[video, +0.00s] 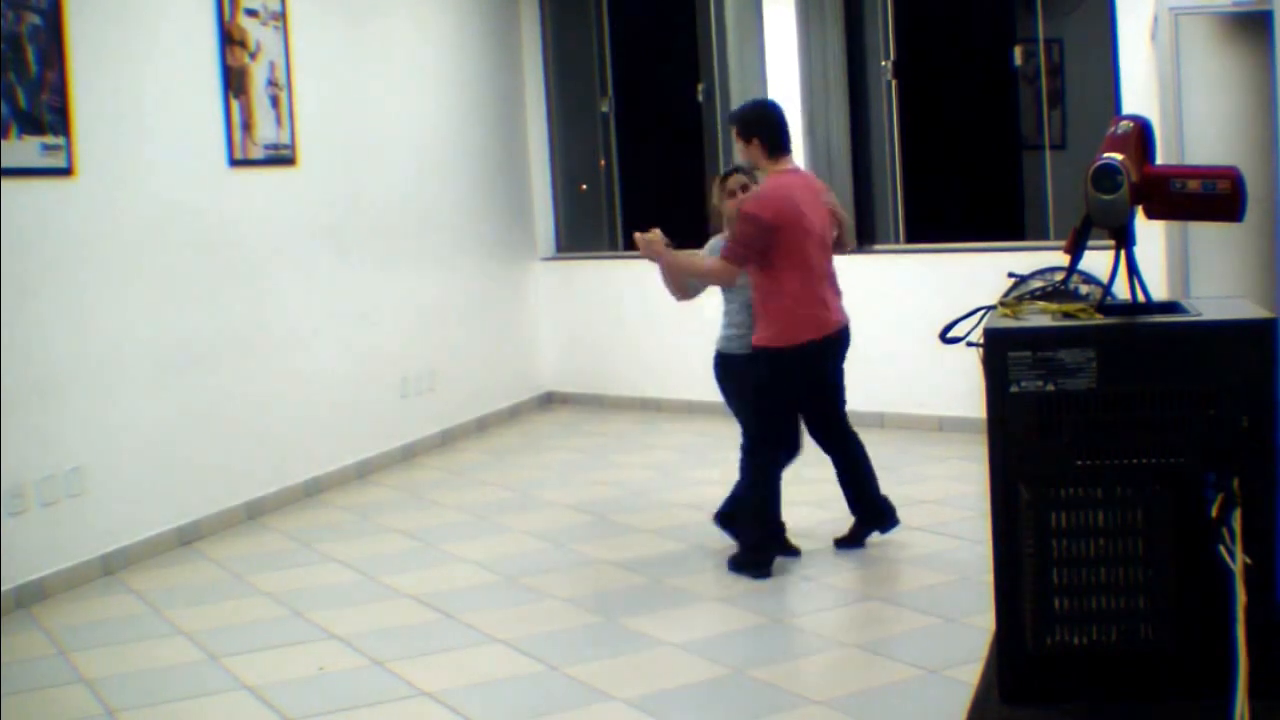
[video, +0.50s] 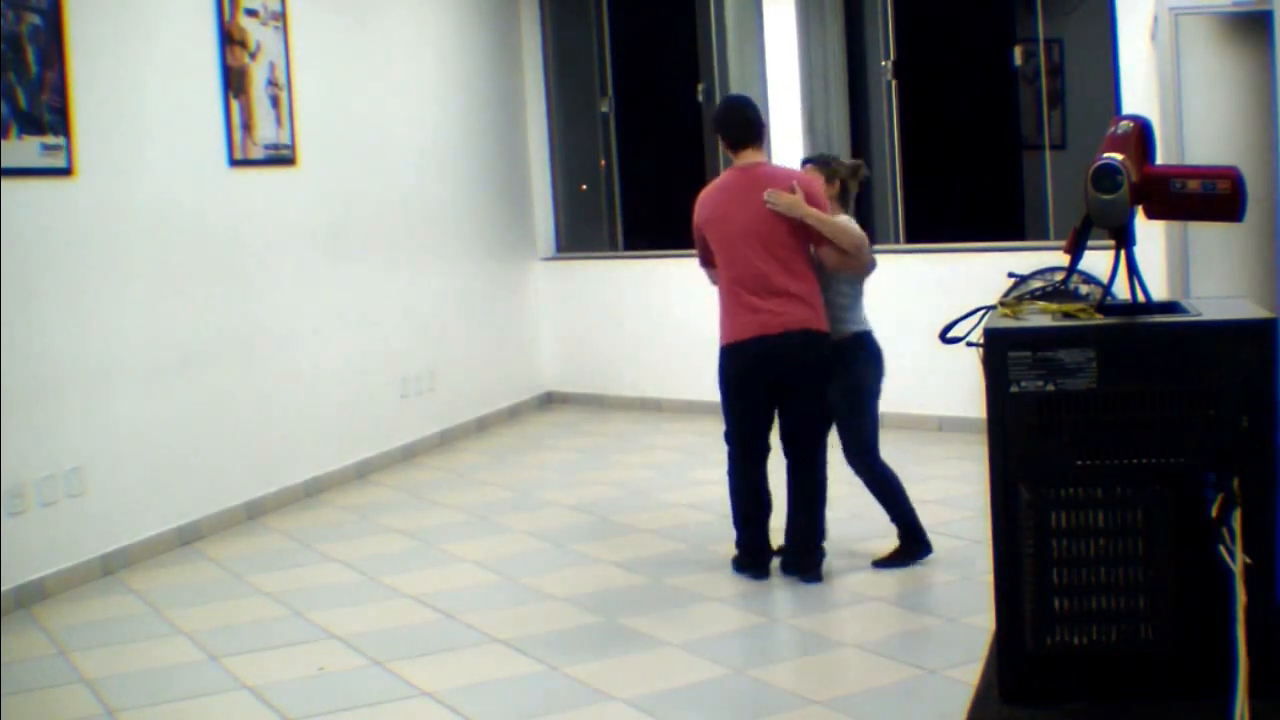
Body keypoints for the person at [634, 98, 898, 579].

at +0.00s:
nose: (738, 150)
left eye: (738, 143)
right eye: (737, 143)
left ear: (751, 144)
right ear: (784, 138)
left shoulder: (759, 203)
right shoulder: (815, 188)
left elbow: (724, 271)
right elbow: (837, 240)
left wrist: (663, 255)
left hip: (783, 339)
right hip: (828, 330)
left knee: (764, 443)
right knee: (831, 427)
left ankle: (756, 552)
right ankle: (873, 509)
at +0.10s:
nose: (726, 154)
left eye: (726, 148)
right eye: (726, 148)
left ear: (735, 148)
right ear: (772, 140)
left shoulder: (736, 203)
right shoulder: (810, 190)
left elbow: (693, 276)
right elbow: (831, 259)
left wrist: (657, 246)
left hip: (759, 343)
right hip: (817, 337)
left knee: (751, 450)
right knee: (817, 429)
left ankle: (756, 553)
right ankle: (869, 511)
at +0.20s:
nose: (723, 152)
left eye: (720, 147)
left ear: (725, 149)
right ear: (764, 136)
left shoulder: (719, 203)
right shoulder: (807, 187)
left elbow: (686, 266)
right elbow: (833, 265)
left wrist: (667, 231)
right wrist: (786, 273)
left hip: (748, 345)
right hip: (808, 340)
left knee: (749, 453)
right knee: (819, 441)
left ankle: (755, 554)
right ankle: (845, 533)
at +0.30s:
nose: (723, 147)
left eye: (719, 141)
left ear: (720, 144)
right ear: (762, 133)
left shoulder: (708, 202)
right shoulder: (804, 184)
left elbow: (697, 266)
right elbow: (839, 261)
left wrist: (718, 224)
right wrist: (801, 266)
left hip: (742, 345)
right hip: (804, 340)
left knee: (746, 451)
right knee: (802, 447)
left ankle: (753, 555)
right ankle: (814, 551)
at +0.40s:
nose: (724, 145)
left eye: (720, 139)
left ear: (720, 141)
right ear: (763, 132)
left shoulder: (707, 199)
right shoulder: (799, 181)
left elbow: (708, 267)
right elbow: (841, 259)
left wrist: (753, 250)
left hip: (741, 345)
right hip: (802, 339)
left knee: (746, 456)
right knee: (801, 453)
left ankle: (752, 556)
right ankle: (804, 558)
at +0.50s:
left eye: (722, 138)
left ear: (721, 142)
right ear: (765, 133)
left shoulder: (708, 200)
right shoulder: (801, 183)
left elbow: (713, 271)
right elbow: (841, 252)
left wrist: (765, 260)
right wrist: (867, 264)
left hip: (742, 346)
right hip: (804, 338)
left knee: (746, 454)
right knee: (806, 454)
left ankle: (753, 556)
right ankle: (806, 559)